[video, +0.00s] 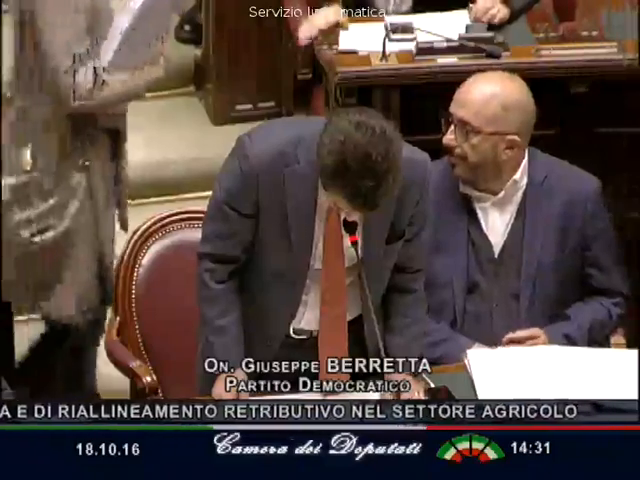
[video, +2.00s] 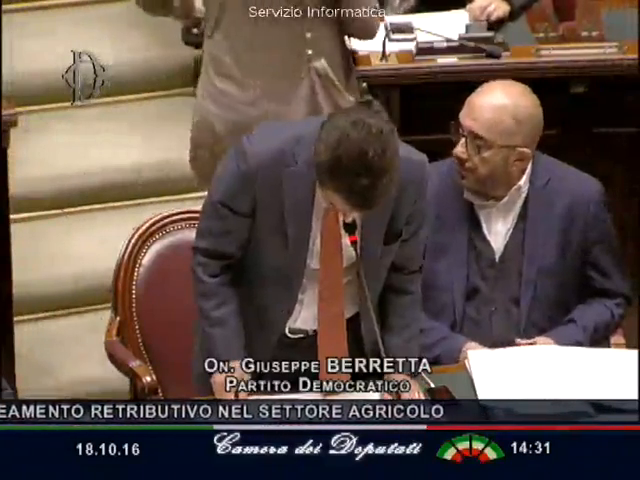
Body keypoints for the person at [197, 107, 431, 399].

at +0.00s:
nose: (352, 217)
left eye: (364, 209)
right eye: (342, 206)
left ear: (392, 176)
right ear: (322, 175)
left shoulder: (413, 172)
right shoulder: (258, 161)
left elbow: (408, 279)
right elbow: (217, 265)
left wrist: (404, 367)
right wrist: (227, 366)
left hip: (358, 335)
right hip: (273, 339)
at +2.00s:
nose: (348, 217)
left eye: (360, 209)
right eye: (338, 205)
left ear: (390, 174)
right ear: (319, 169)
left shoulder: (411, 174)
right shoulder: (256, 163)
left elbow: (405, 279)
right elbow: (212, 262)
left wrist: (402, 368)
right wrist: (228, 359)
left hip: (355, 334)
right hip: (269, 338)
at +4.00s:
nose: (350, 214)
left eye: (362, 207)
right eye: (340, 203)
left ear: (388, 177)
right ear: (321, 166)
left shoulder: (408, 174)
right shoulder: (252, 159)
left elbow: (402, 275)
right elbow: (206, 252)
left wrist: (401, 366)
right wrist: (235, 344)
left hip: (349, 337)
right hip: (264, 341)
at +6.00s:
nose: (354, 213)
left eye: (365, 206)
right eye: (343, 202)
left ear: (392, 175)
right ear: (323, 163)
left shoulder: (408, 173)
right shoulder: (254, 158)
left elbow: (402, 274)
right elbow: (205, 248)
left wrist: (401, 366)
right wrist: (230, 344)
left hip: (349, 336)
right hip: (262, 340)